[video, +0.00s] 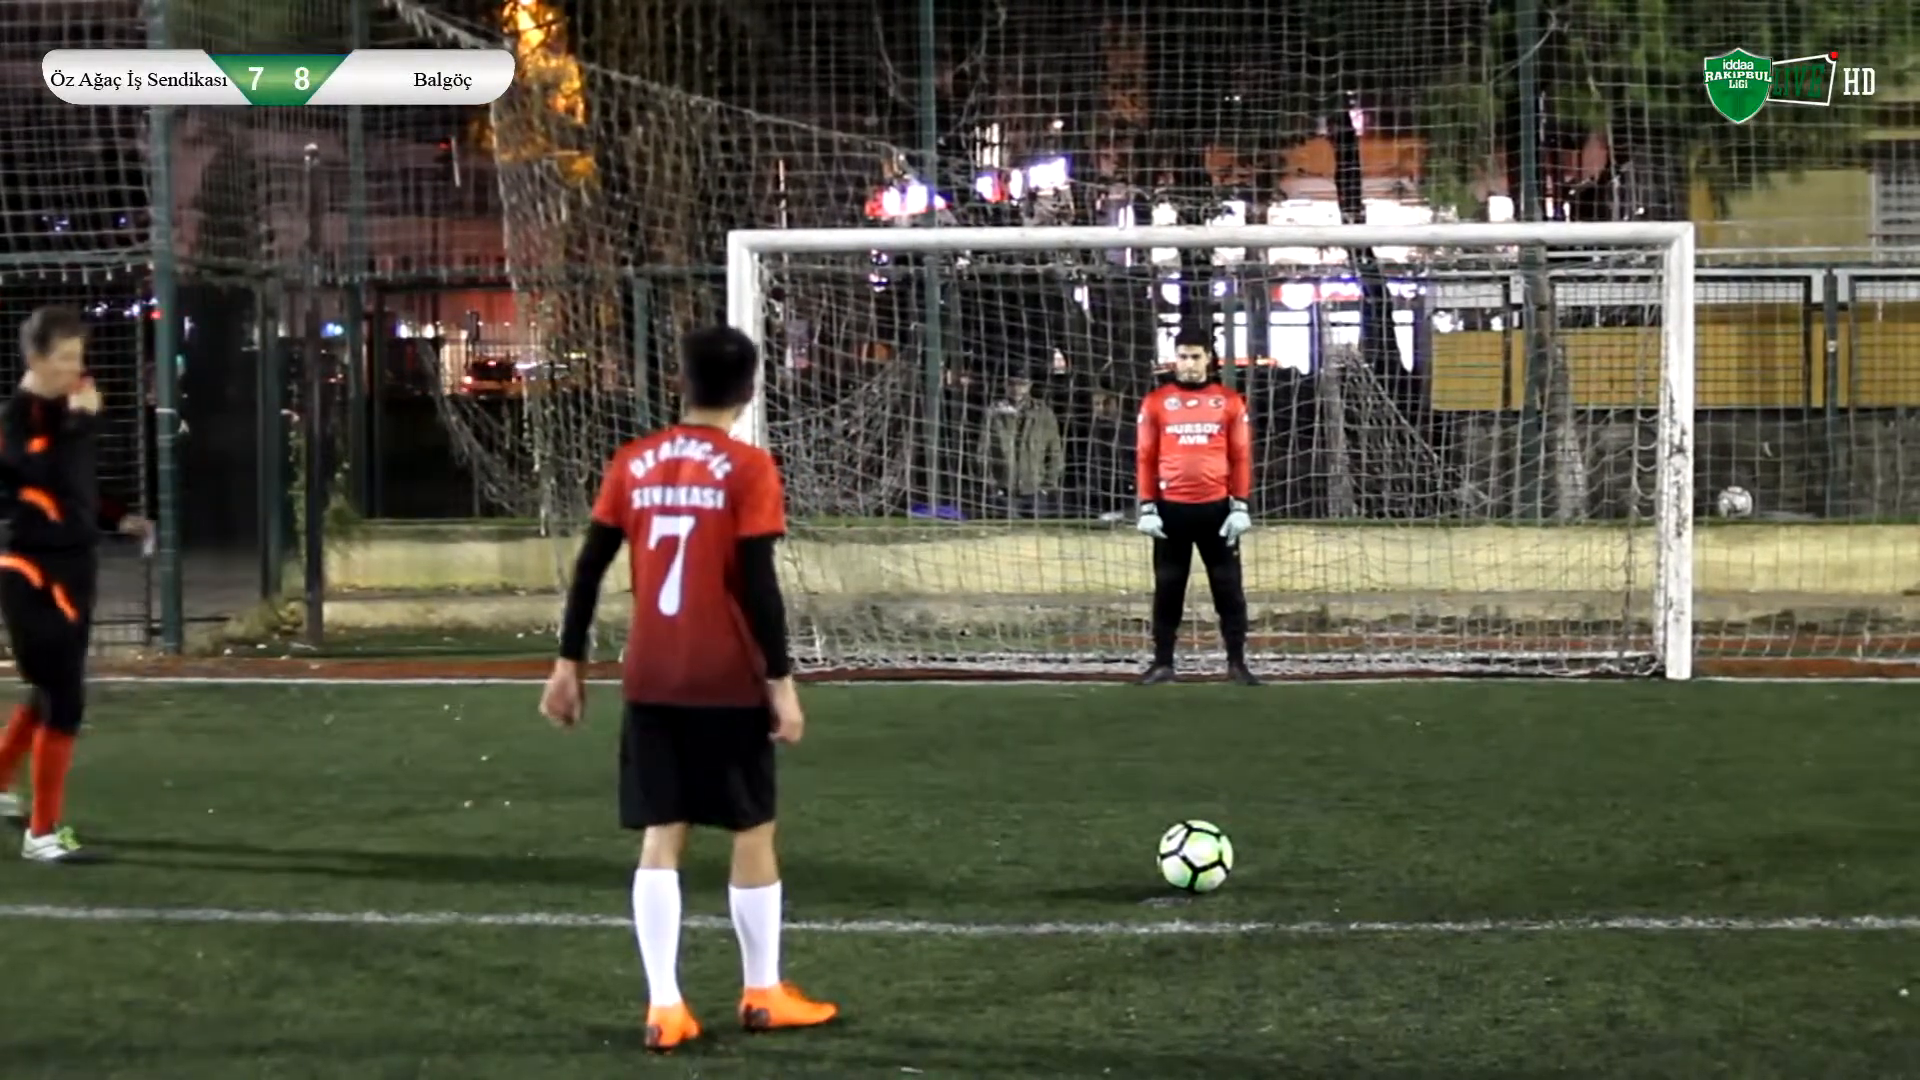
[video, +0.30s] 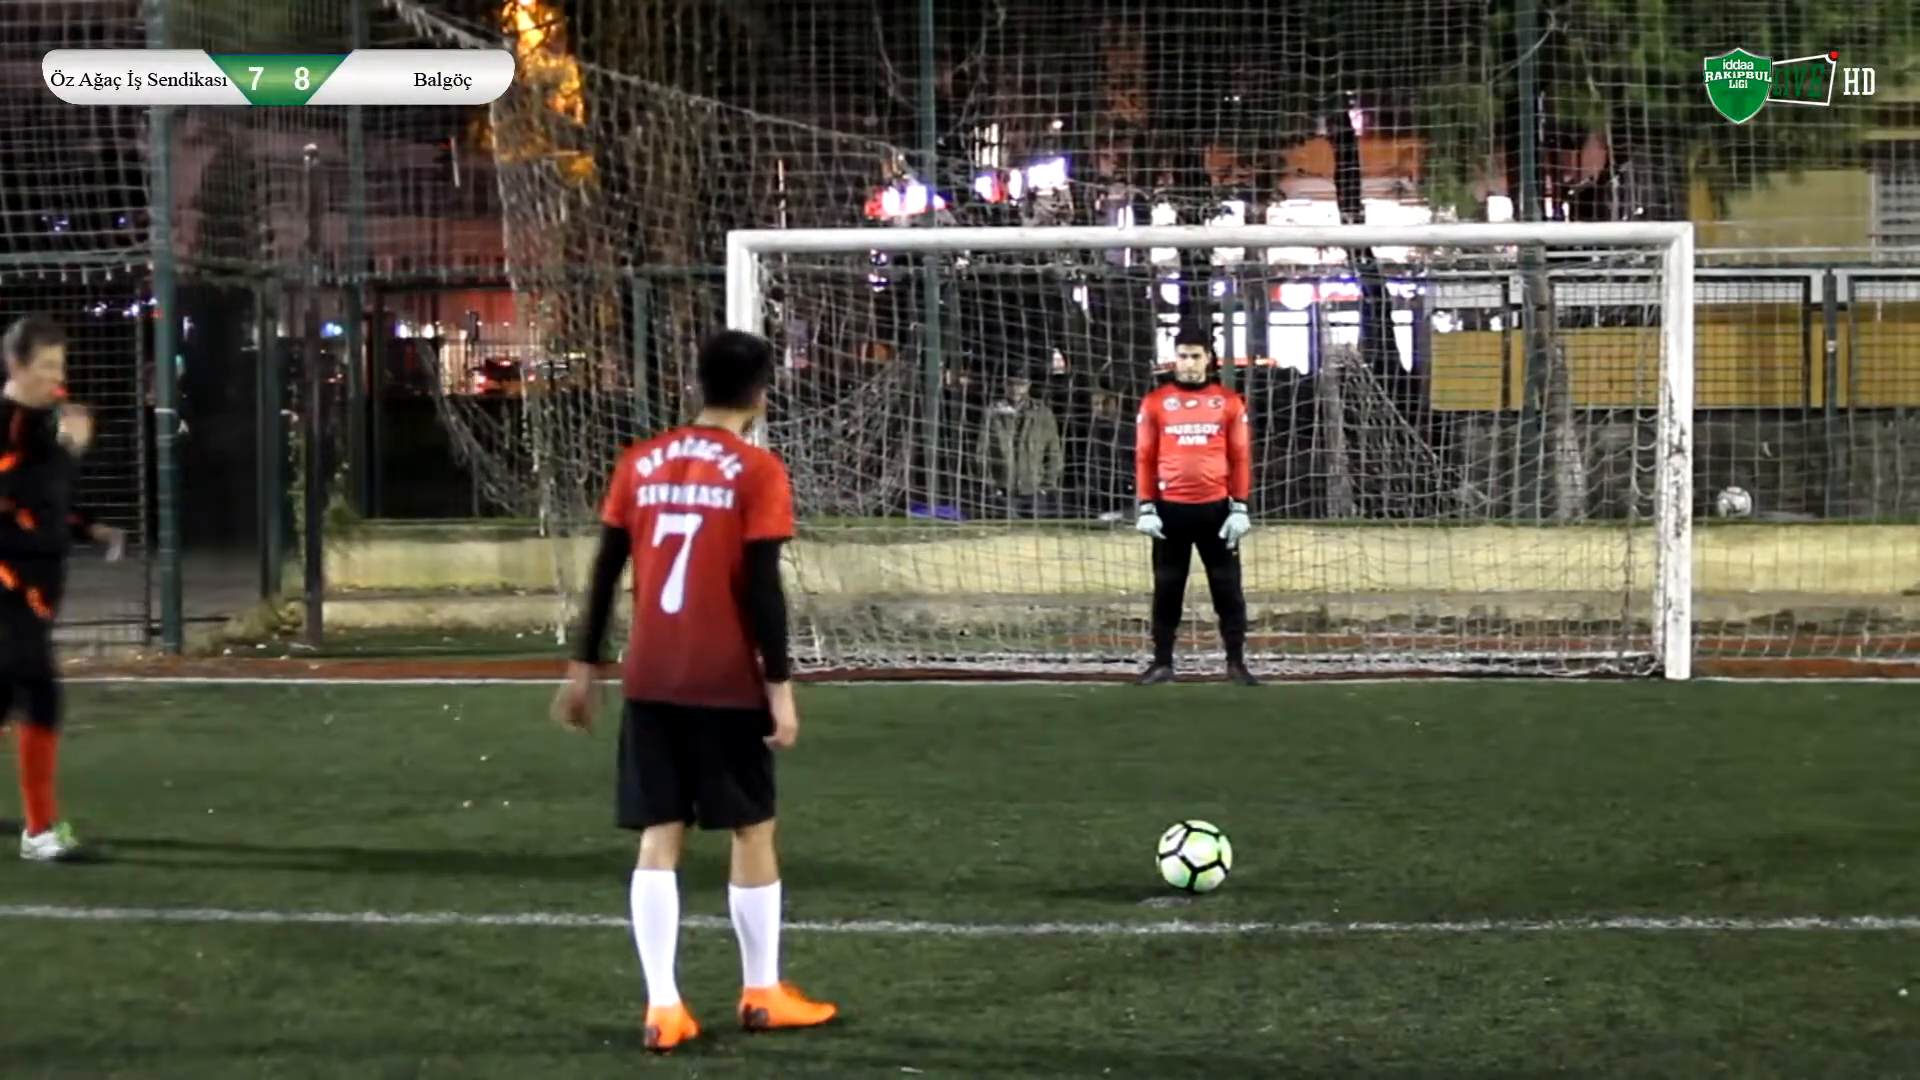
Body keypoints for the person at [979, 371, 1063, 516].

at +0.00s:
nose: (1016, 389)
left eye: (1022, 384)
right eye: (1011, 384)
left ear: (1030, 386)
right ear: (1005, 385)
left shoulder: (1044, 414)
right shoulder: (993, 413)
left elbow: (1055, 453)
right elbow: (983, 451)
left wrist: (1048, 486)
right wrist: (992, 487)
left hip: (1035, 492)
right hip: (1004, 492)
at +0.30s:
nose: (1015, 389)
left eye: (1021, 384)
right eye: (1011, 384)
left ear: (1029, 386)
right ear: (1004, 385)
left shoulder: (1043, 414)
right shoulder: (992, 413)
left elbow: (1054, 453)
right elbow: (982, 451)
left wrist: (1047, 486)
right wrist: (990, 485)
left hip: (1034, 492)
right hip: (1003, 492)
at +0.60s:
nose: (1015, 389)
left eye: (1021, 383)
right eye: (1011, 383)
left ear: (1029, 385)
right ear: (1004, 384)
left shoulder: (1043, 413)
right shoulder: (992, 412)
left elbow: (1054, 453)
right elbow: (982, 450)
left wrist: (1048, 485)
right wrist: (990, 484)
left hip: (1035, 492)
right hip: (1003, 492)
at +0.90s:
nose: (1016, 389)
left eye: (1022, 383)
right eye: (1011, 383)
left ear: (1029, 385)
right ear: (1005, 384)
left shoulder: (1044, 412)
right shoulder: (993, 412)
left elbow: (1054, 453)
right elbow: (983, 450)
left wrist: (1048, 484)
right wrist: (992, 485)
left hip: (1036, 492)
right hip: (1003, 492)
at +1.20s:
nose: (1016, 388)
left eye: (1022, 382)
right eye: (1012, 382)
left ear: (1029, 383)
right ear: (1005, 382)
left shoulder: (1044, 411)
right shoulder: (993, 411)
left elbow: (1054, 450)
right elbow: (984, 449)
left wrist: (1049, 483)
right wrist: (992, 484)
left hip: (1035, 490)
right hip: (1003, 490)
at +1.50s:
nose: (1016, 387)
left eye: (1022, 382)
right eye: (1011, 382)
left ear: (1029, 383)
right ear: (1004, 383)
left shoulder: (1043, 411)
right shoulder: (992, 411)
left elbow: (1053, 450)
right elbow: (983, 448)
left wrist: (1049, 482)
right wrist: (991, 482)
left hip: (1035, 490)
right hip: (1003, 490)